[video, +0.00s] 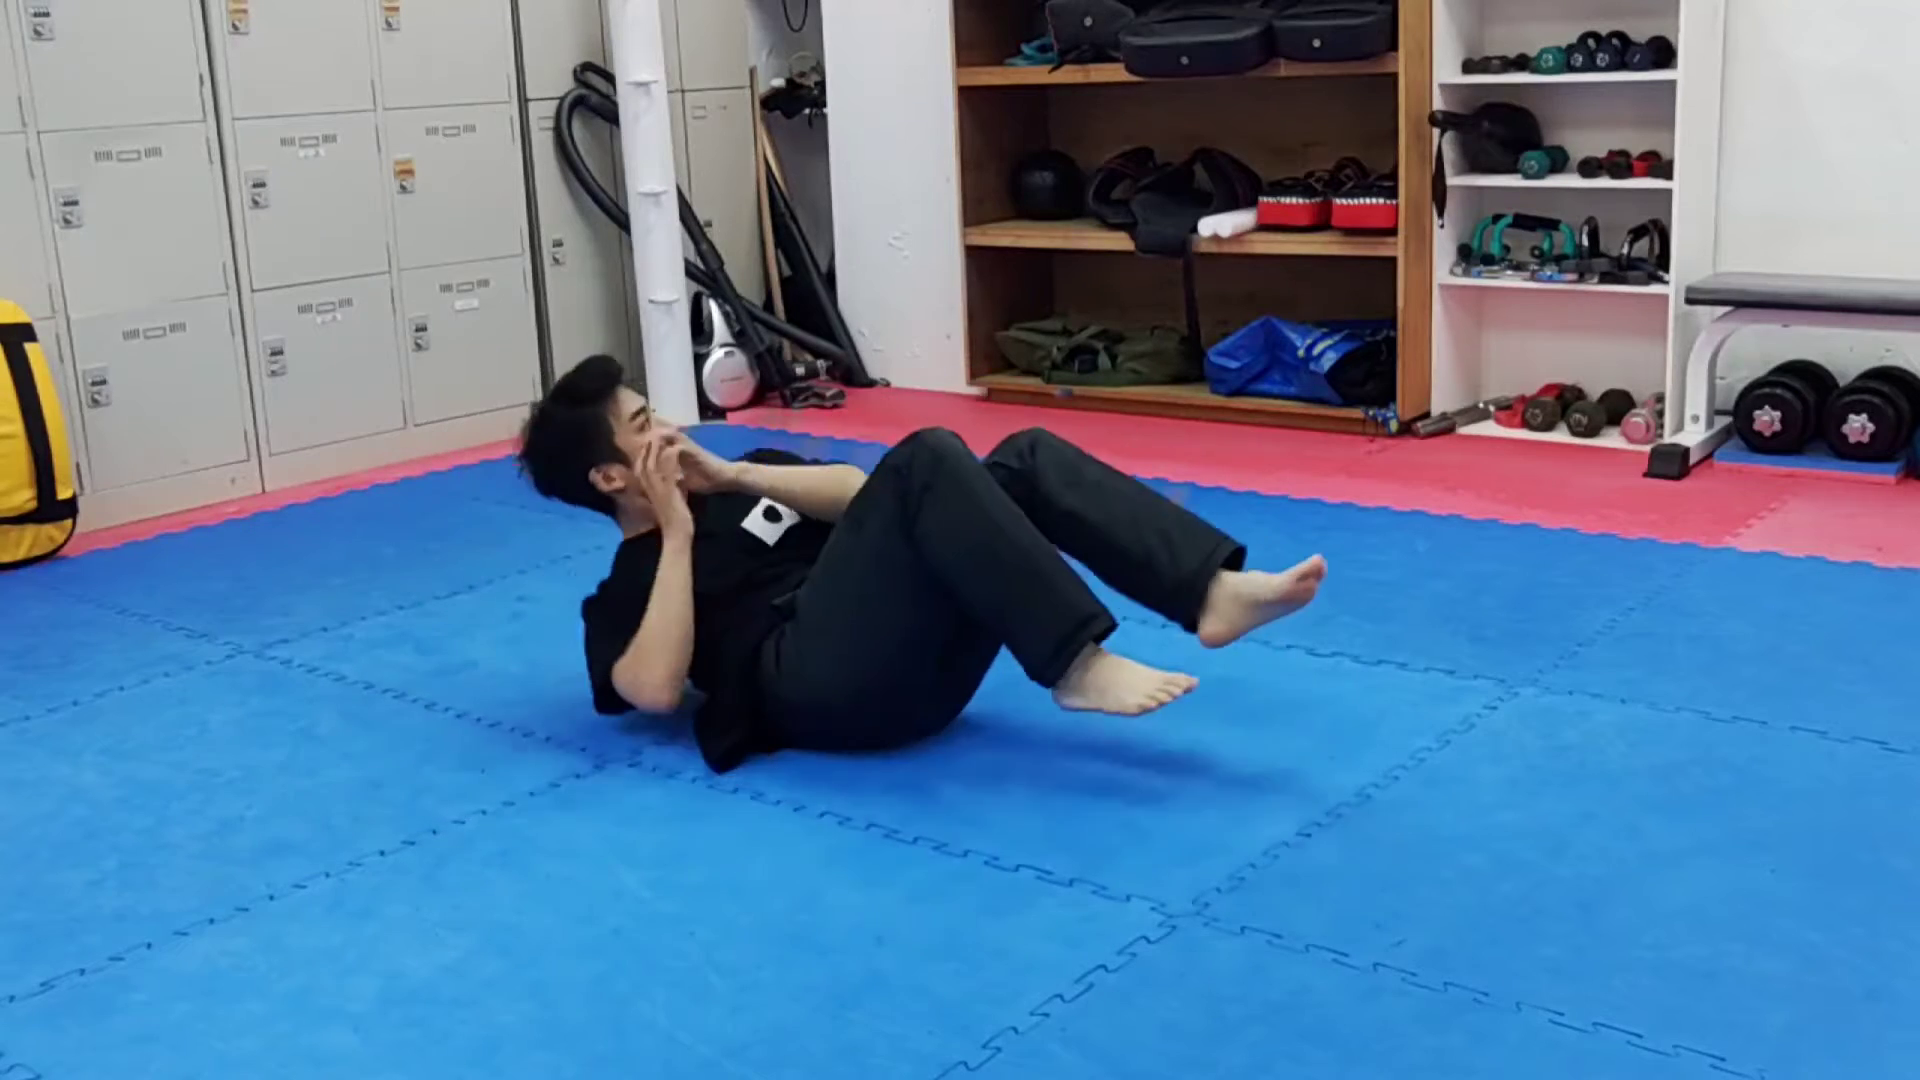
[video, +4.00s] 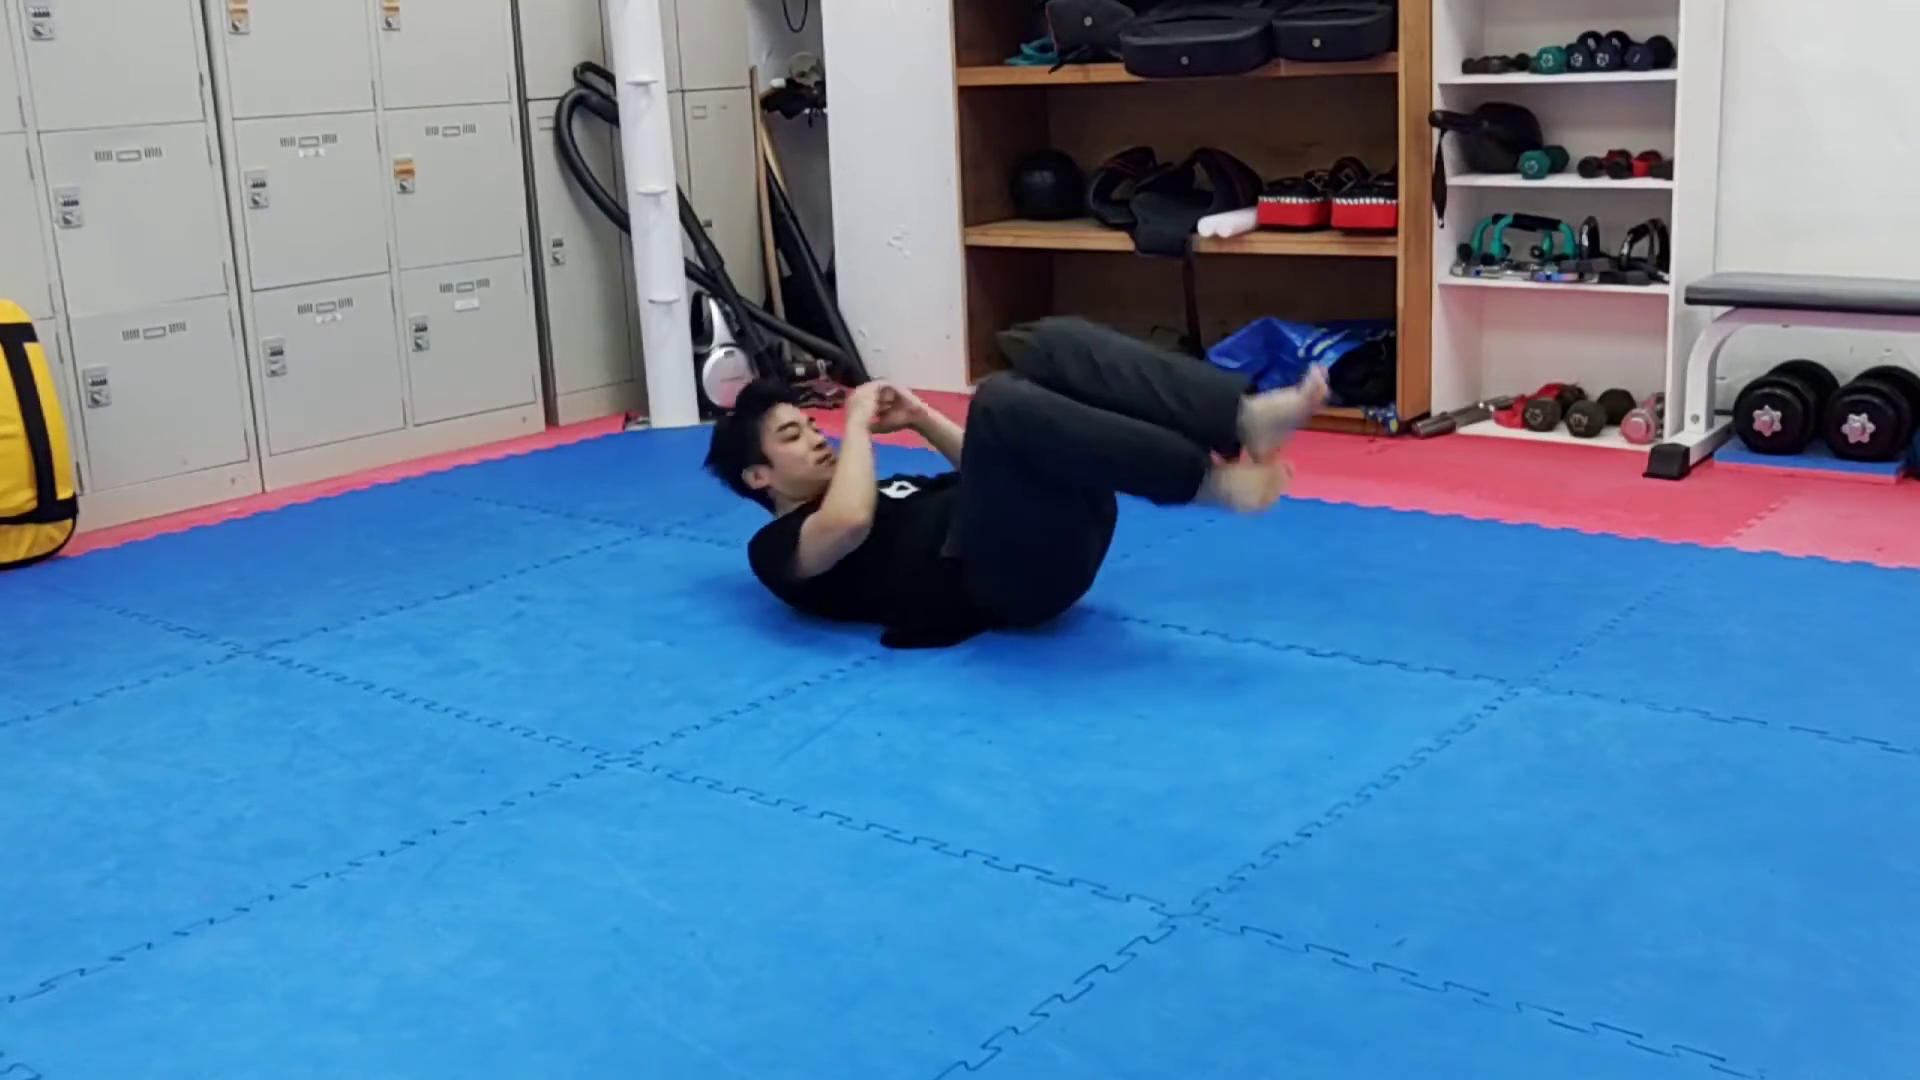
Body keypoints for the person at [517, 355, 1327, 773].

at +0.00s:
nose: (659, 436)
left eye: (649, 417)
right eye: (634, 437)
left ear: (663, 418)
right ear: (604, 483)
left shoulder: (752, 474)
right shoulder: (619, 593)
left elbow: (876, 492)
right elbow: (654, 691)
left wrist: (737, 479)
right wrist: (671, 532)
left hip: (920, 648)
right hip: (829, 693)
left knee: (1028, 457)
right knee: (923, 456)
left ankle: (1210, 590)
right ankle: (1074, 662)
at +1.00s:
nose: (690, 442)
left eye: (684, 421)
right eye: (661, 448)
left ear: (702, 413)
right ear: (636, 484)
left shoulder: (797, 470)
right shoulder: (674, 565)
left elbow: (932, 496)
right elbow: (690, 639)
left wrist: (814, 450)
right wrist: (735, 496)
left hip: (971, 625)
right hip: (884, 665)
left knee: (1075, 436)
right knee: (983, 439)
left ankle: (1235, 585)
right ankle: (1134, 629)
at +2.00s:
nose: (806, 392)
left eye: (806, 372)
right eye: (778, 389)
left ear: (822, 371)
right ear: (738, 422)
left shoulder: (877, 443)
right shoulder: (748, 507)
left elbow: (1000, 485)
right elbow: (779, 575)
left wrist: (909, 431)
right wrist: (840, 453)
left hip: (1028, 610)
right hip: (947, 631)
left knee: (1160, 444)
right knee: (1075, 427)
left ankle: (1293, 599)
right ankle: (1204, 624)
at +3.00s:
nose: (838, 403)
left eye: (836, 389)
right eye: (814, 392)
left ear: (836, 401)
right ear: (760, 419)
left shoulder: (868, 478)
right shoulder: (755, 498)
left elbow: (993, 505)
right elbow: (836, 523)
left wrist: (949, 429)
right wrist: (887, 426)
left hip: (1039, 593)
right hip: (973, 619)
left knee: (1147, 424)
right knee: (1064, 423)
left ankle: (1295, 574)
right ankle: (1212, 598)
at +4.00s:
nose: (819, 435)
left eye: (816, 425)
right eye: (792, 435)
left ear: (827, 436)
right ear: (761, 481)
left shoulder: (885, 485)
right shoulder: (776, 550)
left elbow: (990, 477)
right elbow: (848, 523)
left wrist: (925, 423)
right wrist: (856, 422)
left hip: (1054, 539)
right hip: (1007, 584)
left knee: (1047, 346)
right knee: (997, 403)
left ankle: (1244, 419)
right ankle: (1210, 481)